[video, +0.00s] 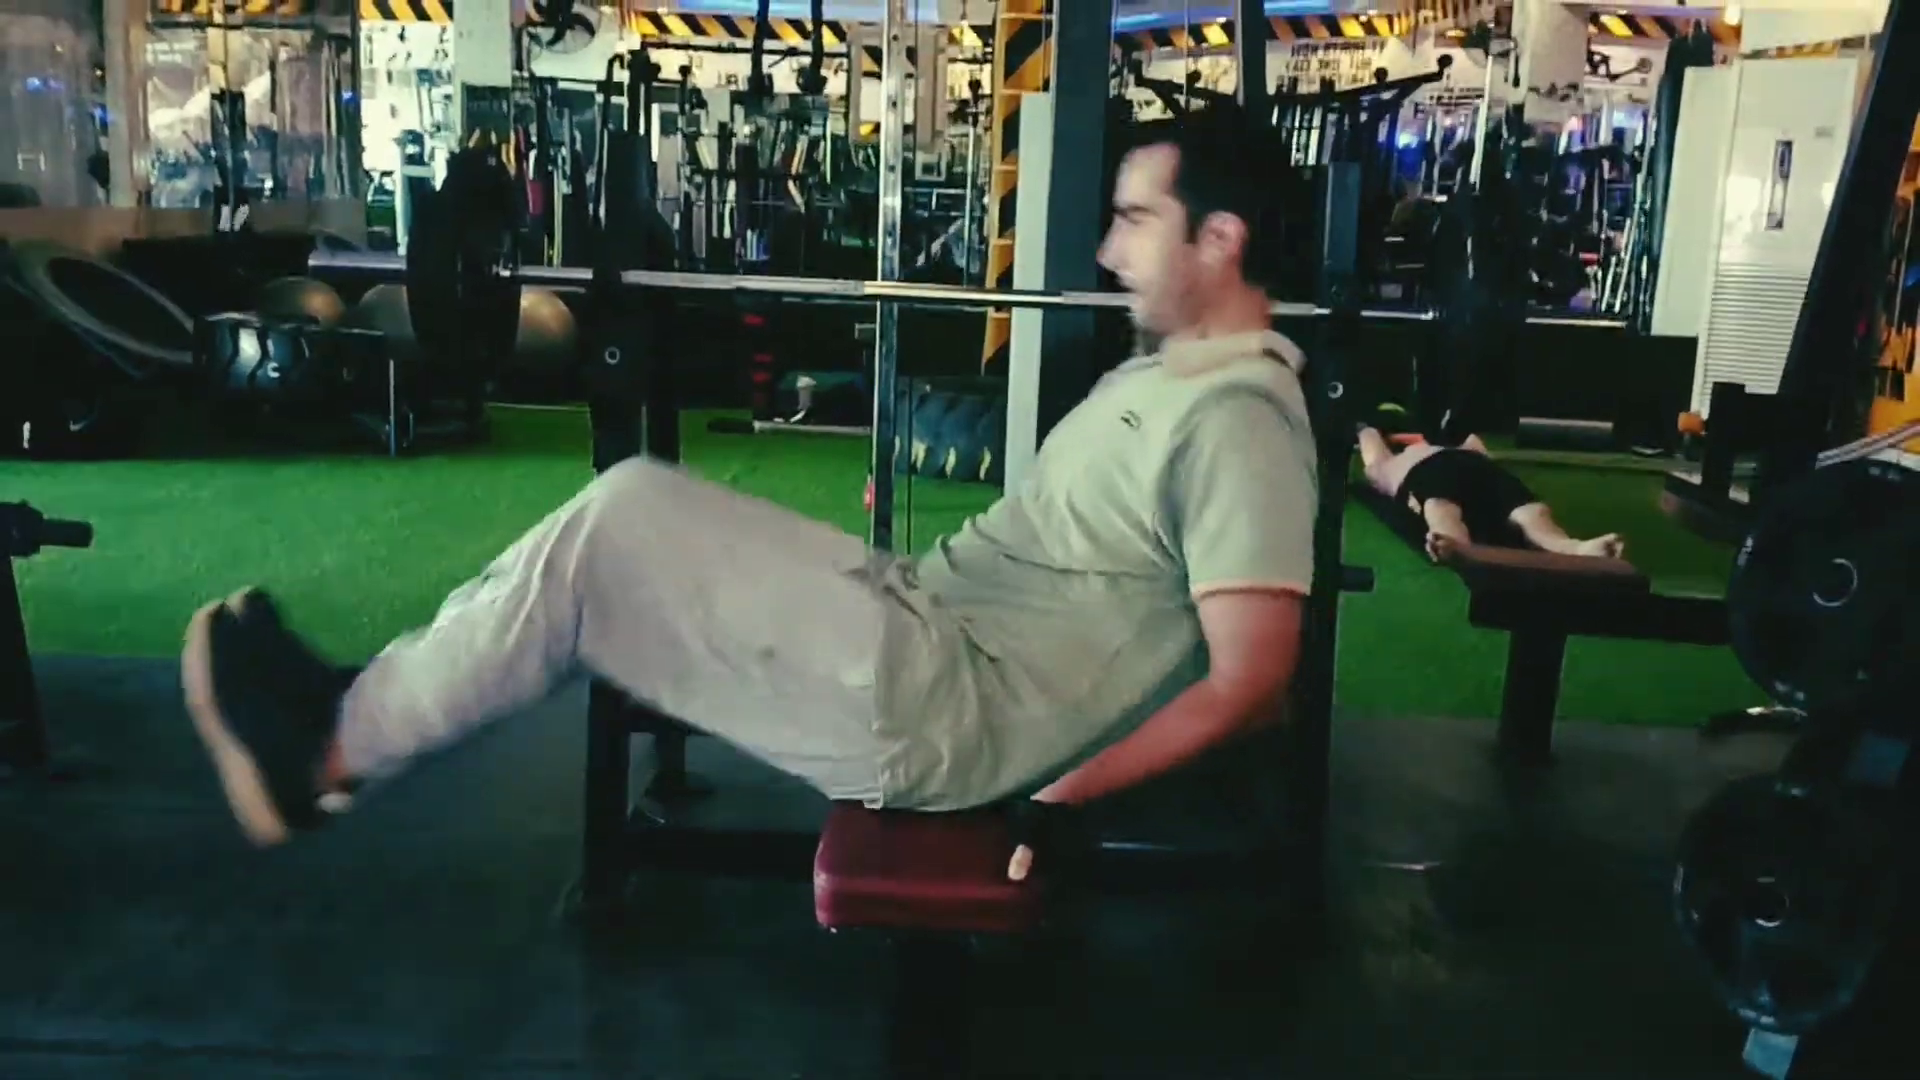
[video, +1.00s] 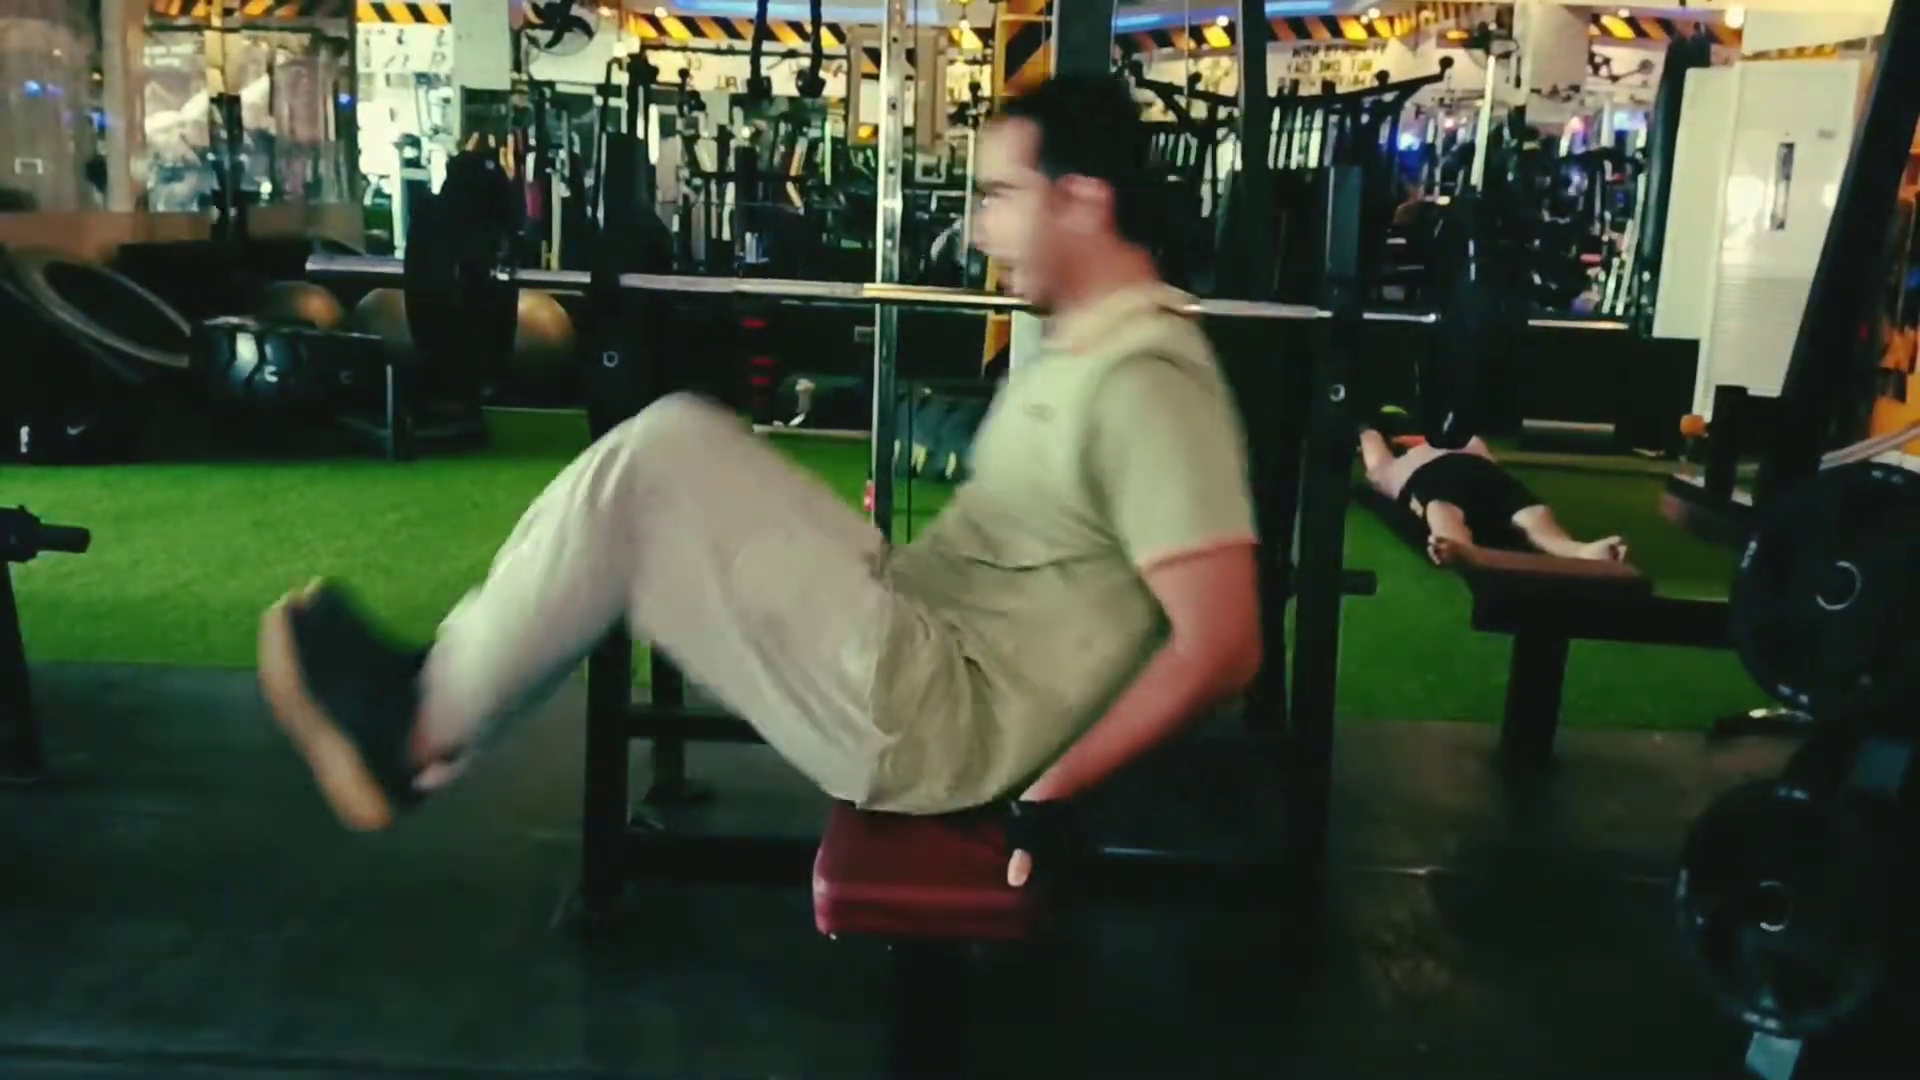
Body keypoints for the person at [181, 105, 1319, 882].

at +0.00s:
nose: (1112, 247)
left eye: (1137, 220)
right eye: (1117, 221)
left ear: (1226, 241)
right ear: (1206, 244)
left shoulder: (1242, 412)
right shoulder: (1174, 377)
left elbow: (1253, 675)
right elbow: (1095, 569)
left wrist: (1057, 795)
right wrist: (920, 576)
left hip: (963, 706)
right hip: (933, 648)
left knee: (627, 520)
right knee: (616, 525)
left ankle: (326, 751)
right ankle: (331, 744)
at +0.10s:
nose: (1014, 221)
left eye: (1037, 192)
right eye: (1016, 192)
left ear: (1128, 207)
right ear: (1111, 207)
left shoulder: (1177, 381)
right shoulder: (1095, 342)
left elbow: (1225, 650)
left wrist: (1044, 809)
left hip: (960, 723)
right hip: (928, 653)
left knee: (685, 439)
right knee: (685, 436)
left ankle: (412, 703)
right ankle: (423, 678)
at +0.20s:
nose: (918, 214)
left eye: (937, 181)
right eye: (920, 183)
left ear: (1019, 192)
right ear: (1012, 196)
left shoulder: (1090, 358)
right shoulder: (1032, 338)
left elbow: (1194, 621)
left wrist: (1036, 802)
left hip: (944, 731)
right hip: (920, 693)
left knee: (759, 381)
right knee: (755, 375)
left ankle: (493, 641)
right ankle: (501, 610)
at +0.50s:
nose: (1014, 243)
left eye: (1034, 215)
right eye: (1015, 215)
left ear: (1120, 228)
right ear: (1102, 227)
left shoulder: (1158, 394)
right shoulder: (1101, 363)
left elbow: (1239, 661)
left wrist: (1043, 793)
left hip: (933, 723)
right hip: (912, 653)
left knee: (626, 469)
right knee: (651, 442)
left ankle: (342, 725)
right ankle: (366, 688)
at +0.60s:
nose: (1101, 272)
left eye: (1126, 243)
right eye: (1105, 242)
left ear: (1216, 260)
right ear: (1199, 258)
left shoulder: (1228, 426)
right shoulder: (1170, 393)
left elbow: (1266, 700)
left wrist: (1074, 798)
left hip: (932, 709)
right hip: (904, 642)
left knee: (582, 569)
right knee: (583, 557)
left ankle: (258, 783)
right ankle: (276, 760)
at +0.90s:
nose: (1081, 247)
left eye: (1103, 221)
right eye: (1084, 221)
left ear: (1195, 237)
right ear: (1172, 238)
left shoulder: (1219, 400)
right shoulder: (1165, 372)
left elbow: (1249, 680)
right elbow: (1171, 618)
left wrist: (1055, 796)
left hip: (941, 706)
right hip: (917, 631)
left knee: (599, 563)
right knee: (609, 530)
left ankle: (316, 814)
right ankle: (356, 756)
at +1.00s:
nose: (977, 229)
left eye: (997, 196)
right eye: (978, 199)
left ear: (1087, 204)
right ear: (1082, 207)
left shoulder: (1148, 371)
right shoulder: (1076, 345)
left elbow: (1221, 641)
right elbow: (1031, 556)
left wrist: (1042, 794)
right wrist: (889, 569)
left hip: (951, 721)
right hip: (917, 674)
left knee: (671, 449)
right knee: (665, 453)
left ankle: (421, 730)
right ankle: (423, 722)